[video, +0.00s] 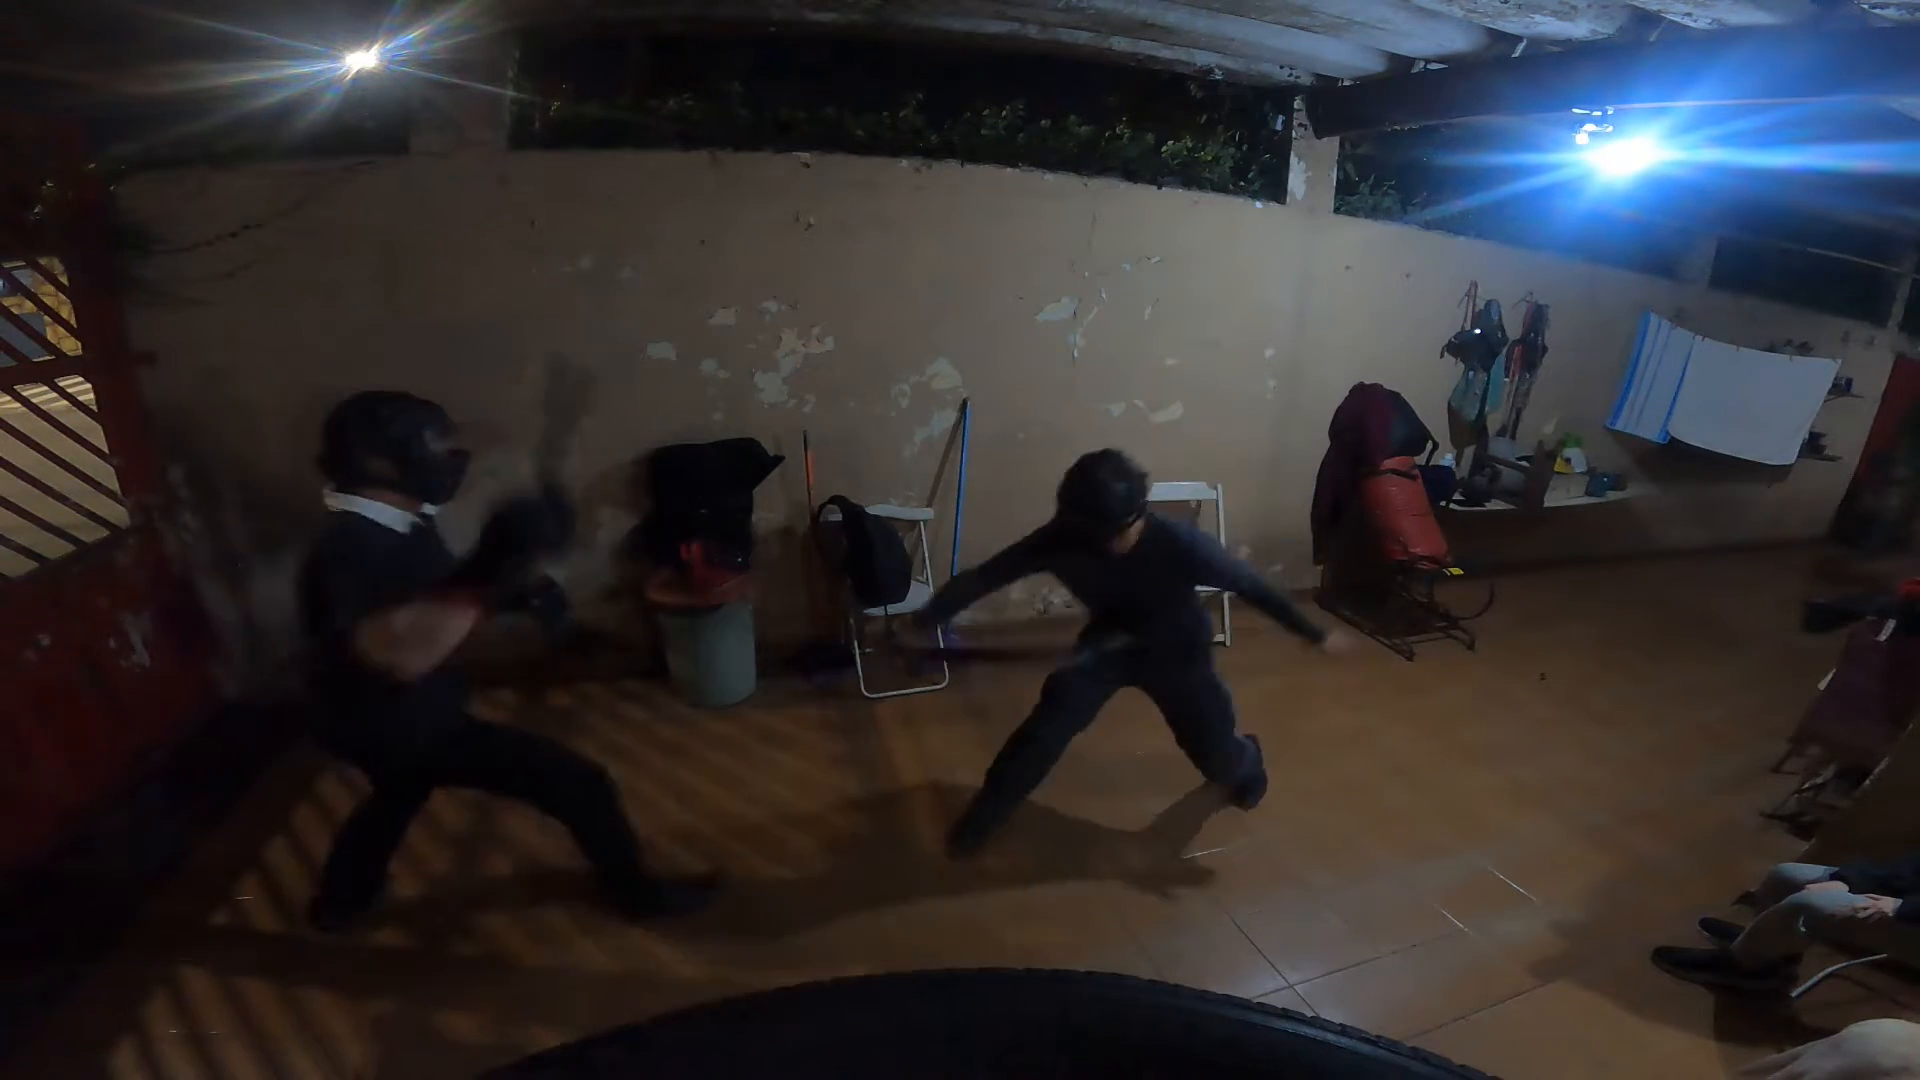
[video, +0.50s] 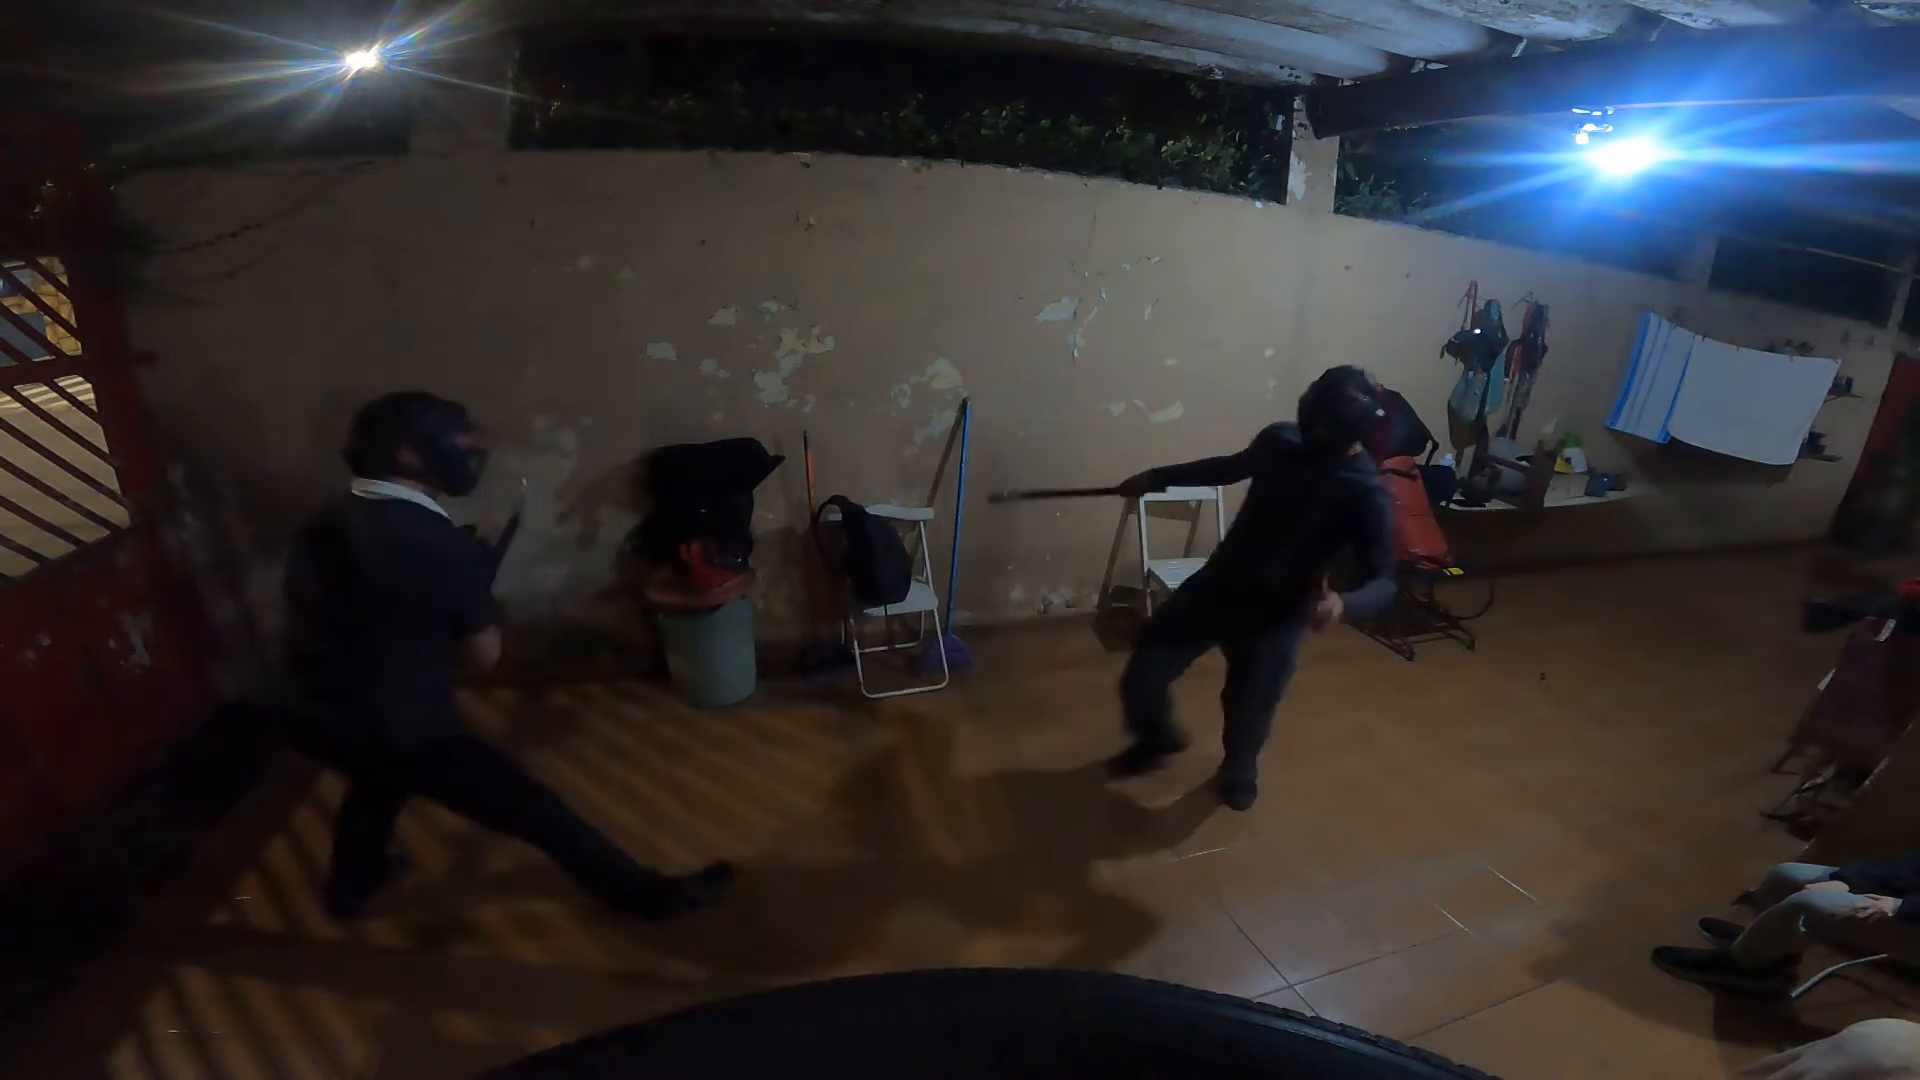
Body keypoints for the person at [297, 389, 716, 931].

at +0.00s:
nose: (456, 460)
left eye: (451, 445)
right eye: (436, 446)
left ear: (379, 462)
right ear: (386, 461)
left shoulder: (410, 537)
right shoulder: (347, 551)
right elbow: (401, 651)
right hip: (396, 734)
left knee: (403, 787)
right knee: (580, 785)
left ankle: (341, 898)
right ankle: (634, 891)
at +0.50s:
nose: (476, 452)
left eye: (472, 439)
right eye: (460, 440)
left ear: (385, 458)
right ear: (413, 456)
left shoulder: (323, 528)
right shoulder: (445, 545)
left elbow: (310, 629)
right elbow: (483, 653)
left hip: (323, 719)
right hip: (410, 730)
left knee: (384, 771)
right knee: (534, 809)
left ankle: (350, 880)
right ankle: (644, 893)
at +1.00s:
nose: (444, 407)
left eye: (437, 396)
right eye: (425, 399)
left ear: (373, 425)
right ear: (378, 421)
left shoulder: (374, 486)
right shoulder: (391, 511)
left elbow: (480, 549)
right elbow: (440, 639)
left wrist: (531, 525)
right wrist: (530, 666)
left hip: (376, 683)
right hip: (416, 692)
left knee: (425, 765)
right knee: (572, 755)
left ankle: (381, 880)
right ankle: (615, 865)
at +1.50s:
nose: (658, 413)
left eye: (653, 401)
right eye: (643, 404)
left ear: (591, 425)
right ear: (600, 424)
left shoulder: (547, 486)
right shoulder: (611, 504)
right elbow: (682, 621)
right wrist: (763, 649)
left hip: (533, 671)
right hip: (585, 687)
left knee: (585, 740)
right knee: (707, 755)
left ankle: (499, 839)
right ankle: (714, 864)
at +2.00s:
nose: (656, 441)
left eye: (652, 429)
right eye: (642, 431)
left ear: (587, 449)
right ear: (599, 447)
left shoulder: (553, 509)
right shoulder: (596, 525)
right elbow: (596, 653)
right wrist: (706, 659)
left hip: (574, 690)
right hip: (616, 696)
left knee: (573, 747)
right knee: (746, 759)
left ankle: (489, 818)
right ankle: (819, 864)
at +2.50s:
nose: (446, 420)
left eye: (443, 407)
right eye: (427, 411)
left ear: (381, 431)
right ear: (381, 430)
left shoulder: (414, 490)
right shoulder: (349, 503)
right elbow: (459, 583)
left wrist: (480, 577)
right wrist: (557, 599)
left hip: (421, 647)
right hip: (360, 662)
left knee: (509, 711)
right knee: (370, 764)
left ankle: (468, 820)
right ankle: (318, 817)